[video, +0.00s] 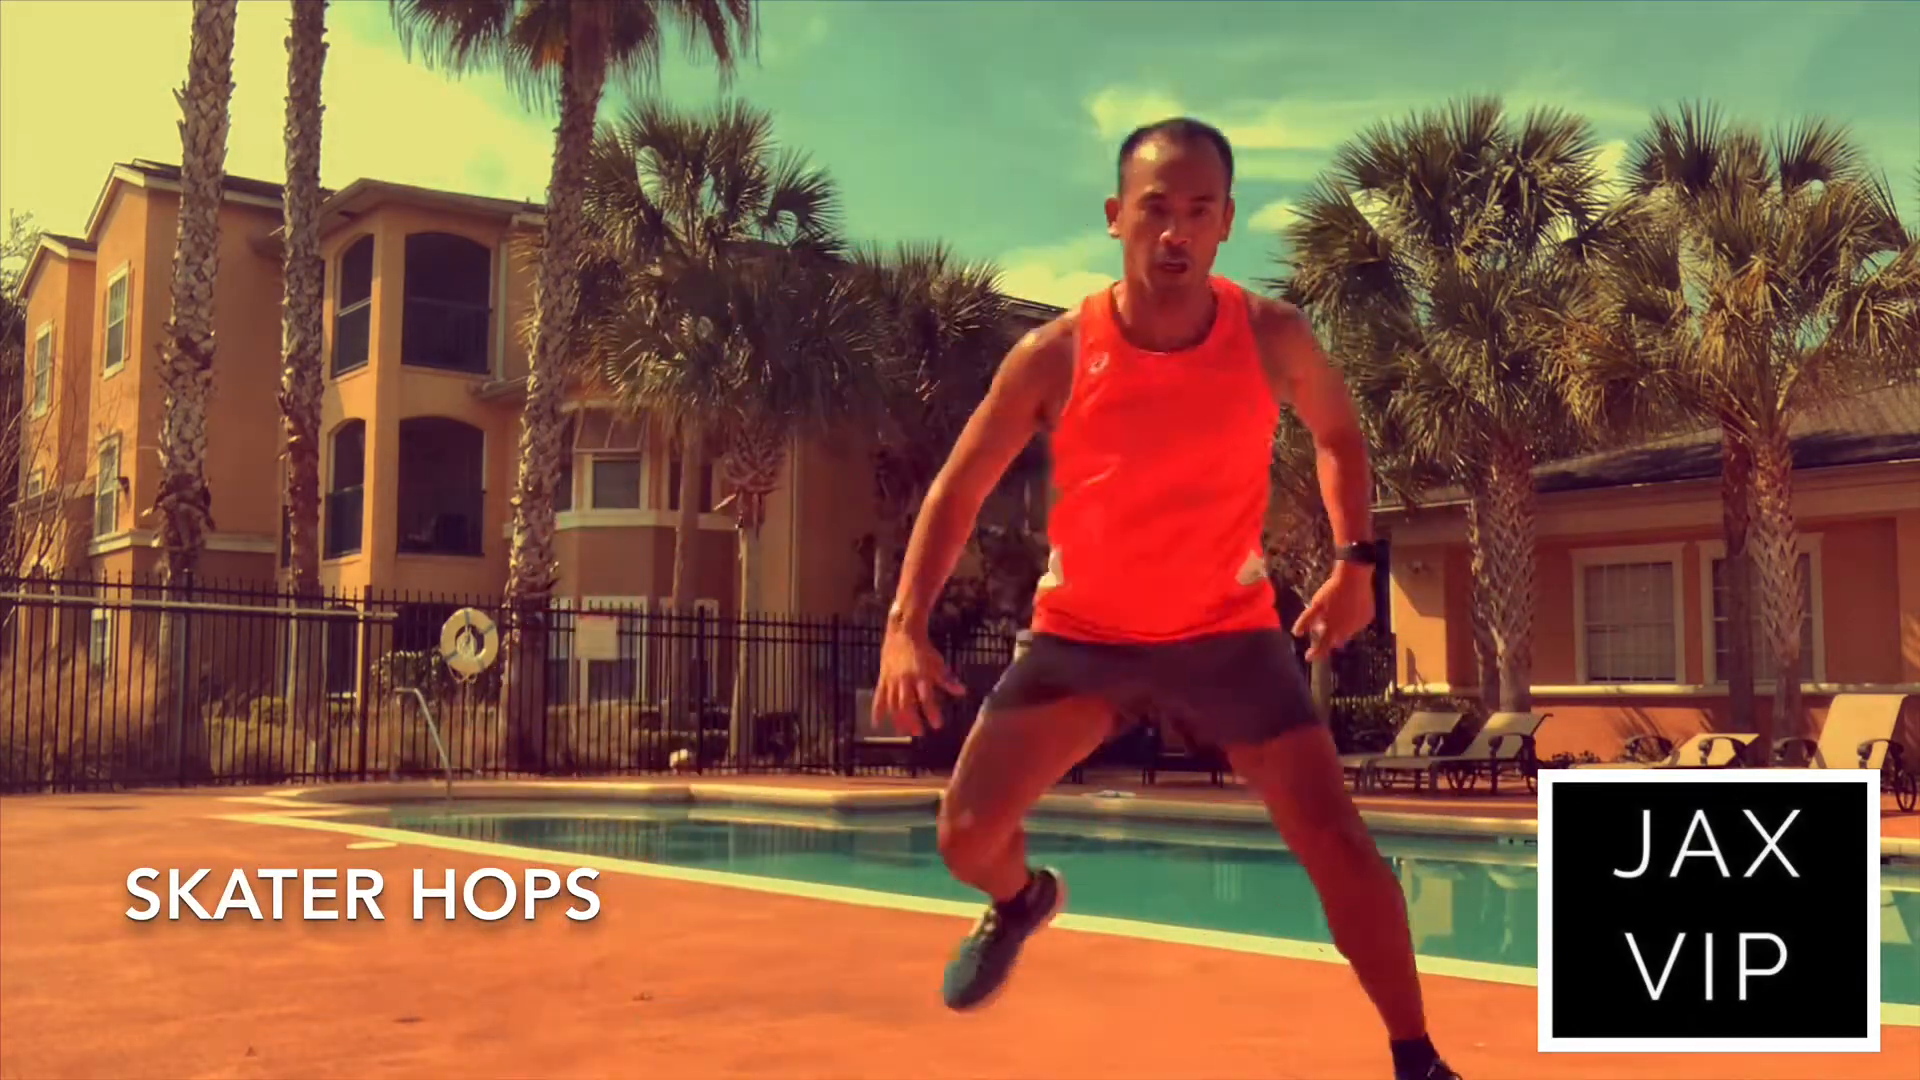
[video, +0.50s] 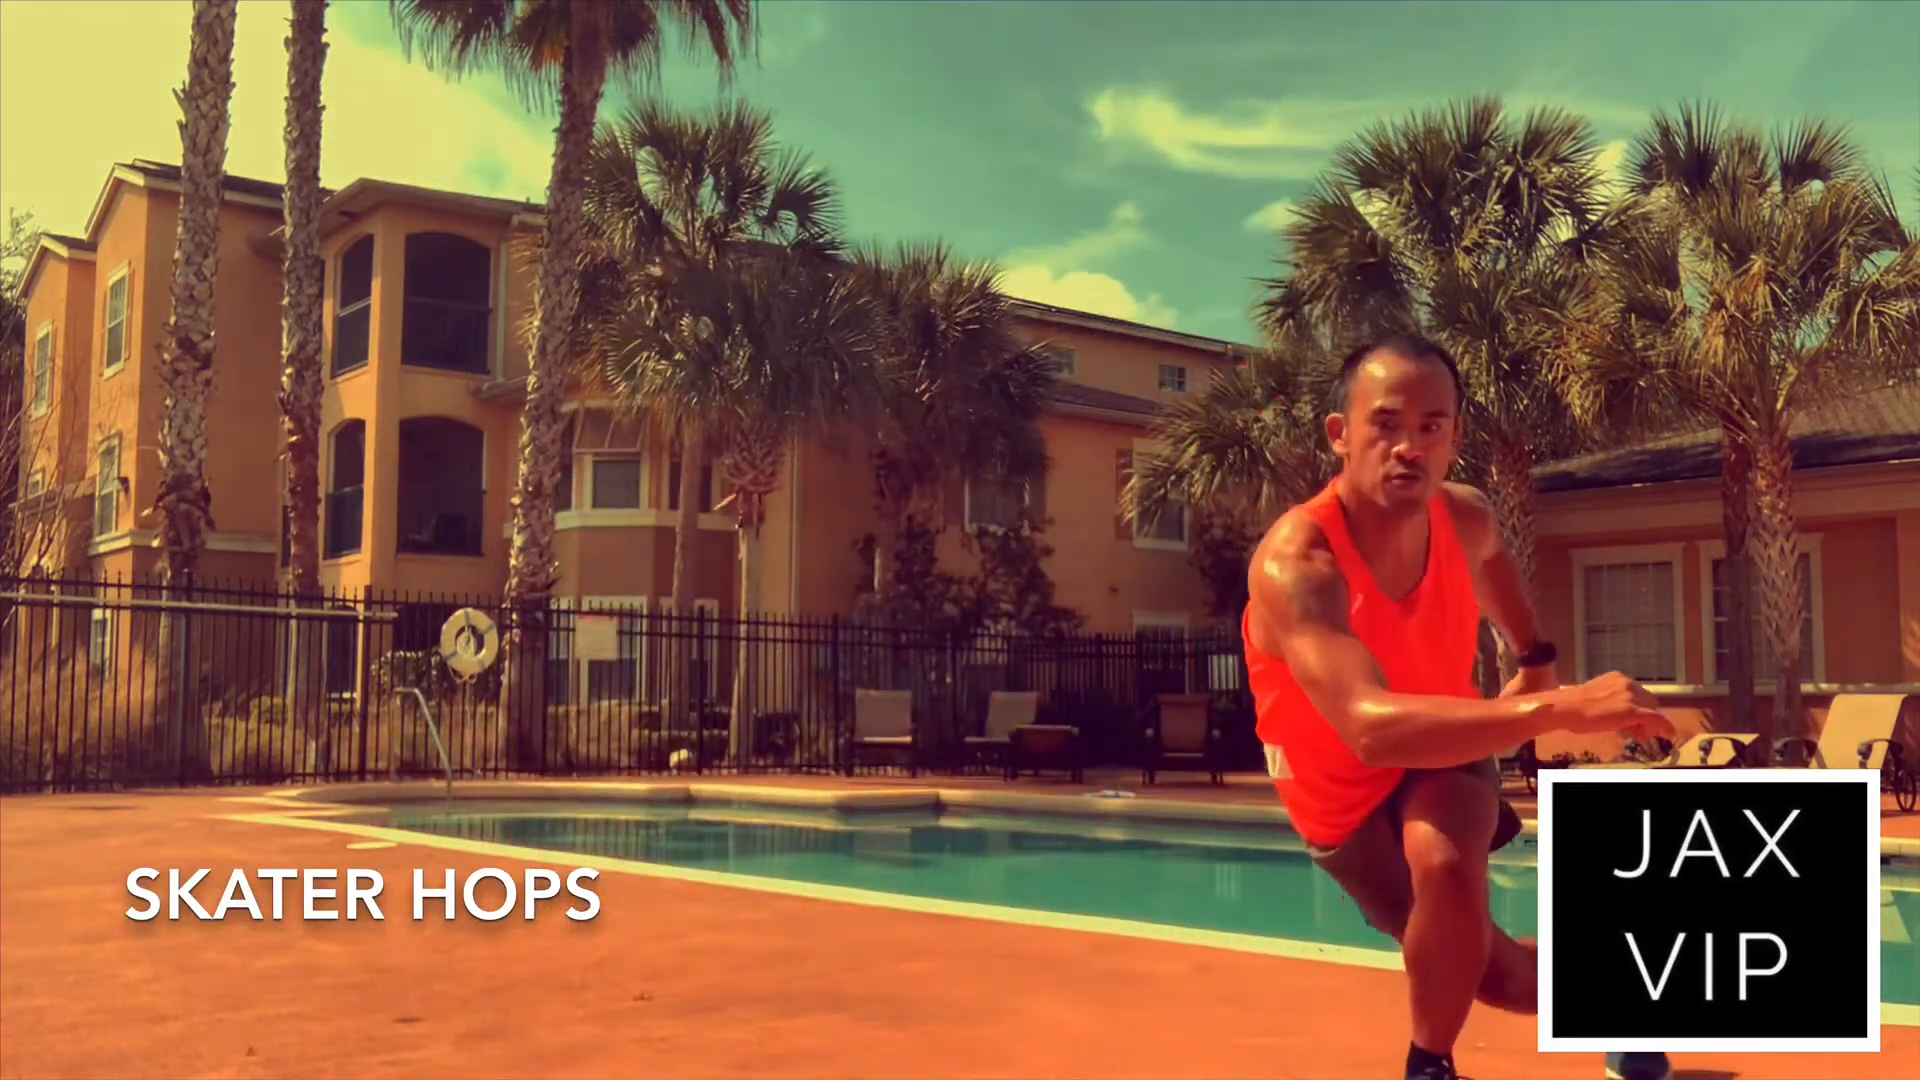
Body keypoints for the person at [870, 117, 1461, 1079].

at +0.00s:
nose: (1175, 228)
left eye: (1199, 207)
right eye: (1155, 205)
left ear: (1226, 222)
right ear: (1115, 215)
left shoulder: (1272, 338)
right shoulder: (1053, 355)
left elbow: (1339, 441)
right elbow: (958, 490)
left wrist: (1355, 561)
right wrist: (905, 625)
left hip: (1228, 636)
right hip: (1079, 637)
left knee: (1332, 838)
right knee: (967, 834)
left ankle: (1416, 1055)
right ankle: (1022, 901)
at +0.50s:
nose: (1409, 446)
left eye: (1430, 425)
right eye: (1386, 424)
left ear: (1455, 438)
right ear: (1339, 436)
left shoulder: (1464, 518)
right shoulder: (1294, 560)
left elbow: (1490, 570)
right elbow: (1374, 728)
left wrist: (1535, 659)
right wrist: (1556, 709)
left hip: (1446, 746)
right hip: (1339, 798)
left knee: (1442, 855)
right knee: (1484, 966)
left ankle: (1429, 1064)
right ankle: (1618, 1006)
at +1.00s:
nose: (975, 116)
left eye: (998, 95)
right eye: (956, 95)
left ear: (1040, 108)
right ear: (926, 107)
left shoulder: (1104, 238)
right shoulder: (879, 224)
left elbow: (1267, 305)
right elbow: (738, 260)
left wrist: (1330, 412)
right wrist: (620, 351)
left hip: (1105, 544)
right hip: (945, 542)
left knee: (1235, 734)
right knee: (799, 711)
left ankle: (1351, 950)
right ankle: (812, 925)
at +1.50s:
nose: (530, 404)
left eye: (560, 382)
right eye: (519, 380)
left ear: (625, 396)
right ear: (506, 387)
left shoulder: (671, 544)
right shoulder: (509, 491)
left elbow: (602, 746)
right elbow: (530, 624)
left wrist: (447, 870)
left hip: (641, 779)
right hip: (533, 712)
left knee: (493, 956)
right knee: (520, 871)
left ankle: (402, 947)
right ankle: (528, 1070)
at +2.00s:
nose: (748, 268)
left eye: (773, 249)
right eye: (728, 244)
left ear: (806, 264)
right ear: (690, 251)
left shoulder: (865, 405)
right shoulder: (637, 389)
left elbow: (956, 555)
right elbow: (533, 499)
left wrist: (952, 709)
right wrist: (443, 619)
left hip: (794, 691)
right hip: (650, 669)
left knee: (809, 915)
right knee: (583, 877)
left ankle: (770, 919)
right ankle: (532, 1067)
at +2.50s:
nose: (1385, 336)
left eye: (1404, 312)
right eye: (1360, 309)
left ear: (1420, 322)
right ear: (1298, 314)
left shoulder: (1420, 424)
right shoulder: (1231, 452)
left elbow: (1433, 514)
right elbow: (1152, 648)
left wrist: (1453, 622)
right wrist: (1206, 807)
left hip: (1363, 689)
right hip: (1237, 727)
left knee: (1456, 873)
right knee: (1266, 984)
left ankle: (1478, 1072)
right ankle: (1350, 910)